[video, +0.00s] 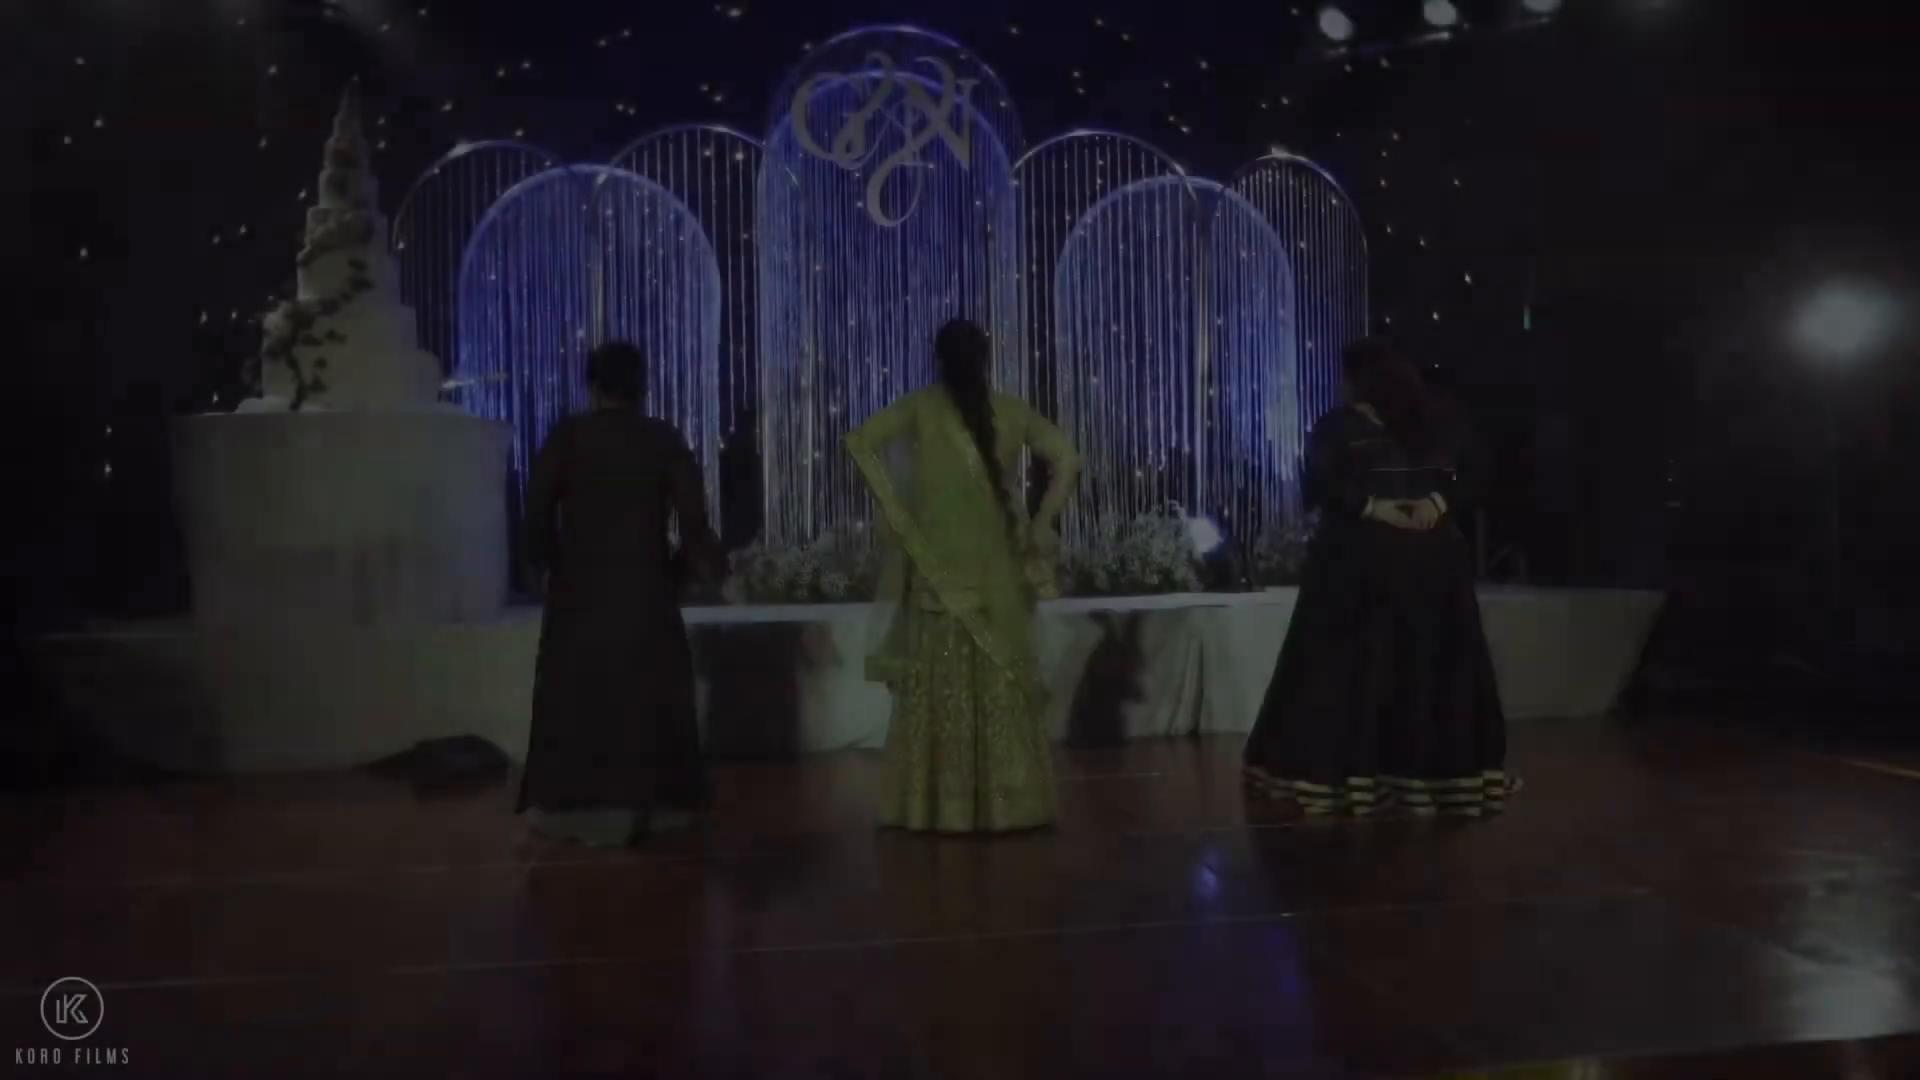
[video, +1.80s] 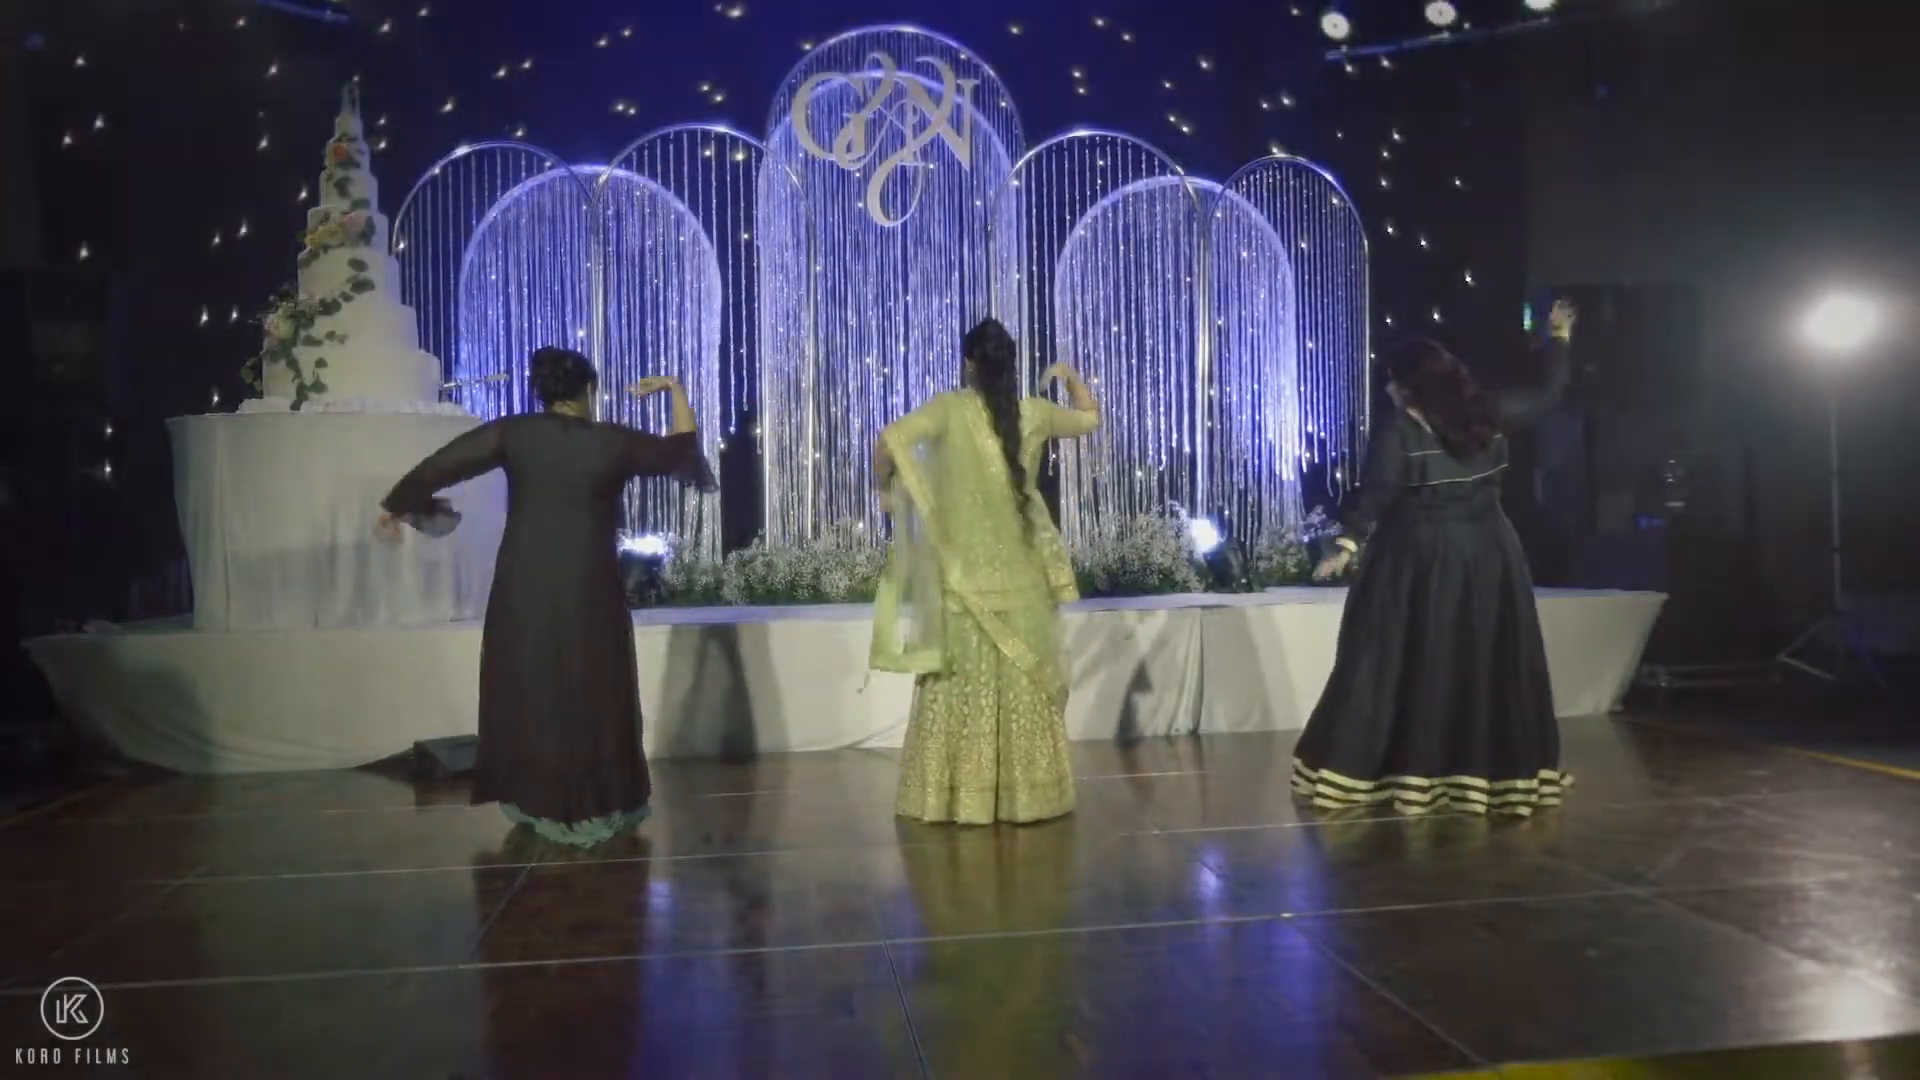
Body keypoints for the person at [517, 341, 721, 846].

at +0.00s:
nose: (612, 394)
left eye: (603, 382)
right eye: (626, 382)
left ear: (592, 385)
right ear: (642, 386)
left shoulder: (565, 437)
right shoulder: (665, 440)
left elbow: (537, 517)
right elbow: (694, 527)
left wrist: (559, 566)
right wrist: (675, 575)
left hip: (580, 593)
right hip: (644, 592)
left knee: (577, 700)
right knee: (650, 697)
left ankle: (571, 809)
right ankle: (651, 807)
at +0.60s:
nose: (555, 394)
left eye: (542, 386)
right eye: (573, 384)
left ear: (536, 391)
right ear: (585, 388)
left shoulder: (511, 437)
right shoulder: (609, 439)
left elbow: (457, 497)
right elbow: (654, 497)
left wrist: (478, 537)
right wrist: (645, 528)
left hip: (528, 588)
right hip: (590, 588)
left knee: (533, 696)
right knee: (595, 694)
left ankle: (540, 808)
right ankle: (600, 806)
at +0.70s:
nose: (541, 396)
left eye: (535, 388)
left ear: (532, 391)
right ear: (583, 390)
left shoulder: (504, 437)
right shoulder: (605, 438)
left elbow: (422, 477)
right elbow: (682, 479)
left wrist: (438, 502)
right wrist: (681, 500)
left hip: (526, 596)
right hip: (591, 595)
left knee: (533, 700)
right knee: (597, 699)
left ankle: (541, 811)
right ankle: (602, 810)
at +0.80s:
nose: (548, 394)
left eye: (537, 386)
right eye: (566, 383)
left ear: (530, 389)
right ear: (580, 388)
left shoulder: (503, 435)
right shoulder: (606, 435)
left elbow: (429, 443)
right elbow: (674, 449)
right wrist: (725, 450)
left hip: (525, 590)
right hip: (590, 590)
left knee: (533, 697)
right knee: (594, 694)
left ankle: (540, 812)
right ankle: (598, 810)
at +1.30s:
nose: (577, 395)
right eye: (581, 387)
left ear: (533, 389)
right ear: (581, 388)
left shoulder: (505, 429)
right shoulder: (605, 436)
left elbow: (431, 453)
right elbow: (679, 429)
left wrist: (382, 503)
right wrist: (698, 369)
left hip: (521, 585)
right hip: (585, 585)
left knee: (530, 693)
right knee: (593, 692)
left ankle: (537, 810)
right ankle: (599, 812)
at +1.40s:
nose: (588, 397)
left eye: (584, 391)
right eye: (586, 391)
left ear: (536, 391)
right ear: (581, 391)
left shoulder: (507, 430)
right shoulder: (605, 437)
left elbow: (437, 463)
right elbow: (676, 436)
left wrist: (438, 535)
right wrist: (664, 385)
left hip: (520, 584)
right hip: (584, 586)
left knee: (527, 691)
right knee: (592, 690)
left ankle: (535, 806)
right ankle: (595, 807)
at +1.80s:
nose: (595, 399)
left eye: (590, 392)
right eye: (594, 392)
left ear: (540, 393)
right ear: (588, 393)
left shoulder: (512, 433)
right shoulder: (613, 441)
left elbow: (441, 464)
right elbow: (683, 453)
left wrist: (400, 501)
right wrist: (677, 393)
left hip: (523, 587)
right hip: (588, 589)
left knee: (531, 693)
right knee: (594, 693)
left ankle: (537, 809)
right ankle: (596, 810)